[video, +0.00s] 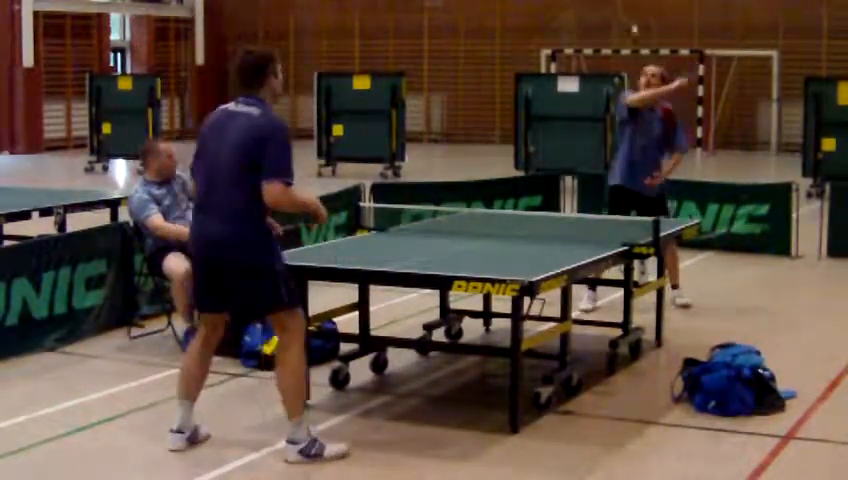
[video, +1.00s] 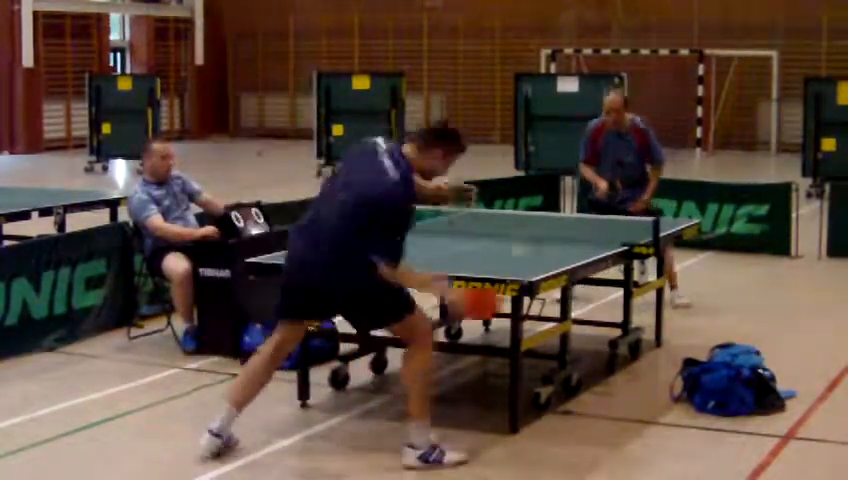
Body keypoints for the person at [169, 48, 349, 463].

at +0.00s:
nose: (282, 81)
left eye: (280, 74)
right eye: (280, 75)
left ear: (241, 79)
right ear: (272, 79)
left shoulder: (214, 120)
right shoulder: (271, 126)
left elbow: (201, 187)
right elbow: (275, 195)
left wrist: (259, 217)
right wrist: (310, 204)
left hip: (205, 242)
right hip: (248, 244)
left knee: (210, 327)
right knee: (291, 324)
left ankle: (182, 426)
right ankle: (300, 437)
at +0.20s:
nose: (305, 89)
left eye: (305, 83)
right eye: (304, 83)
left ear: (264, 80)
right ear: (294, 82)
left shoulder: (233, 117)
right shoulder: (297, 124)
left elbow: (209, 186)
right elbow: (305, 191)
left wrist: (230, 213)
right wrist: (334, 210)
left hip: (224, 238)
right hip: (272, 240)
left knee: (219, 329)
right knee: (301, 330)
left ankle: (193, 428)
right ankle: (301, 437)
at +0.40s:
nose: (309, 98)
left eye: (309, 91)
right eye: (308, 91)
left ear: (266, 89)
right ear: (297, 92)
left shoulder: (234, 125)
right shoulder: (297, 131)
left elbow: (216, 190)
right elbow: (311, 195)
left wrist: (278, 215)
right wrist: (346, 215)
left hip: (224, 240)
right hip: (270, 241)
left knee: (229, 332)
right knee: (326, 324)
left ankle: (209, 435)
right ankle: (324, 430)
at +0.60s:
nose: (324, 109)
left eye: (324, 102)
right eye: (325, 103)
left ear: (288, 98)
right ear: (315, 101)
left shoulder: (251, 135)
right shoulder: (306, 141)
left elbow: (236, 197)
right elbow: (321, 212)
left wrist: (282, 219)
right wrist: (363, 225)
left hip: (239, 251)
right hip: (285, 254)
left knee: (242, 339)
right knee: (343, 334)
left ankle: (211, 435)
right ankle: (350, 441)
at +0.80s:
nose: (381, 134)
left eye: (382, 127)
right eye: (380, 126)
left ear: (351, 118)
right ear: (364, 123)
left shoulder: (319, 141)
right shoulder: (332, 159)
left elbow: (351, 204)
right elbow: (297, 222)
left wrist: (400, 208)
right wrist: (332, 277)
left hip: (261, 264)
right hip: (290, 272)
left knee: (266, 347)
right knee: (373, 335)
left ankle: (215, 432)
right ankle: (411, 439)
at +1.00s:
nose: (444, 171)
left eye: (449, 164)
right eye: (447, 163)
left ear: (419, 142)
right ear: (436, 155)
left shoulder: (371, 147)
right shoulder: (397, 194)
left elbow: (396, 179)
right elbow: (386, 268)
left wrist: (423, 190)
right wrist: (429, 282)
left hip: (303, 260)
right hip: (349, 274)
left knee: (282, 340)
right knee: (420, 332)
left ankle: (219, 429)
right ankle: (420, 444)